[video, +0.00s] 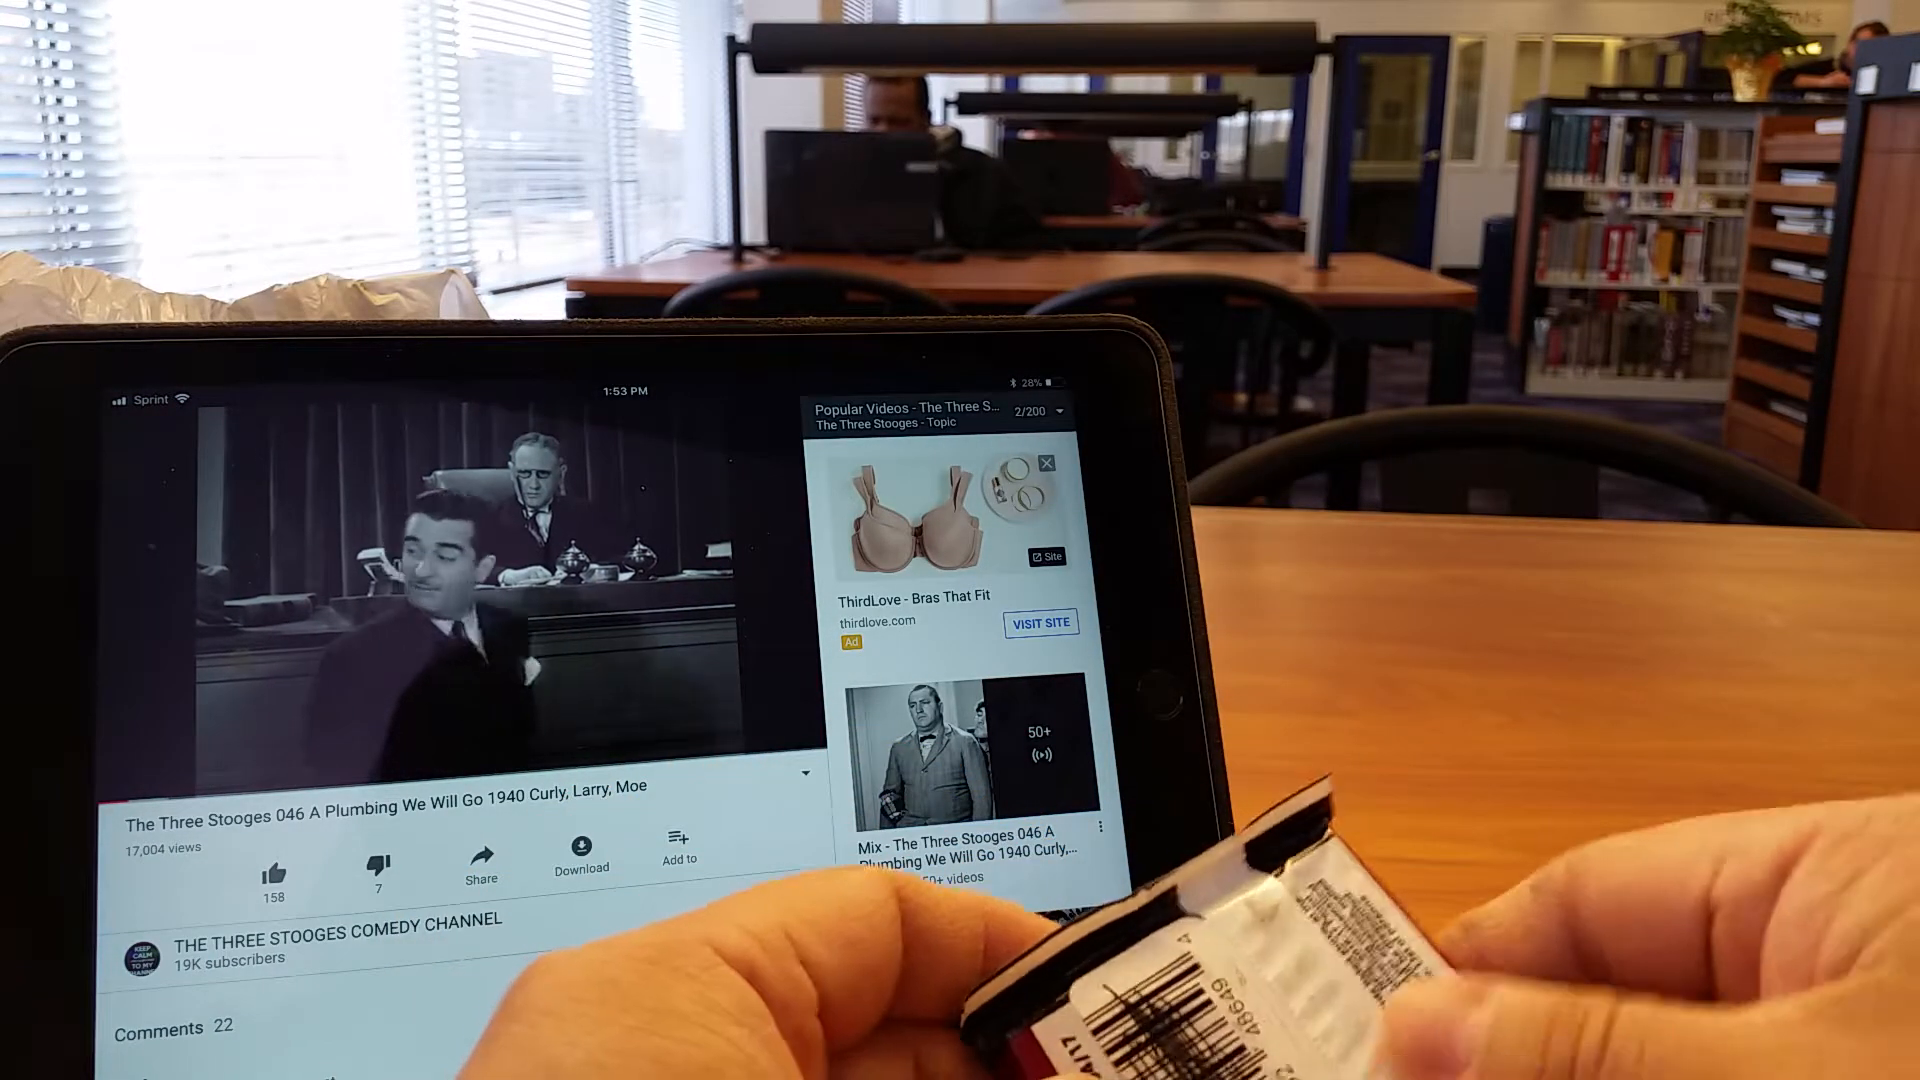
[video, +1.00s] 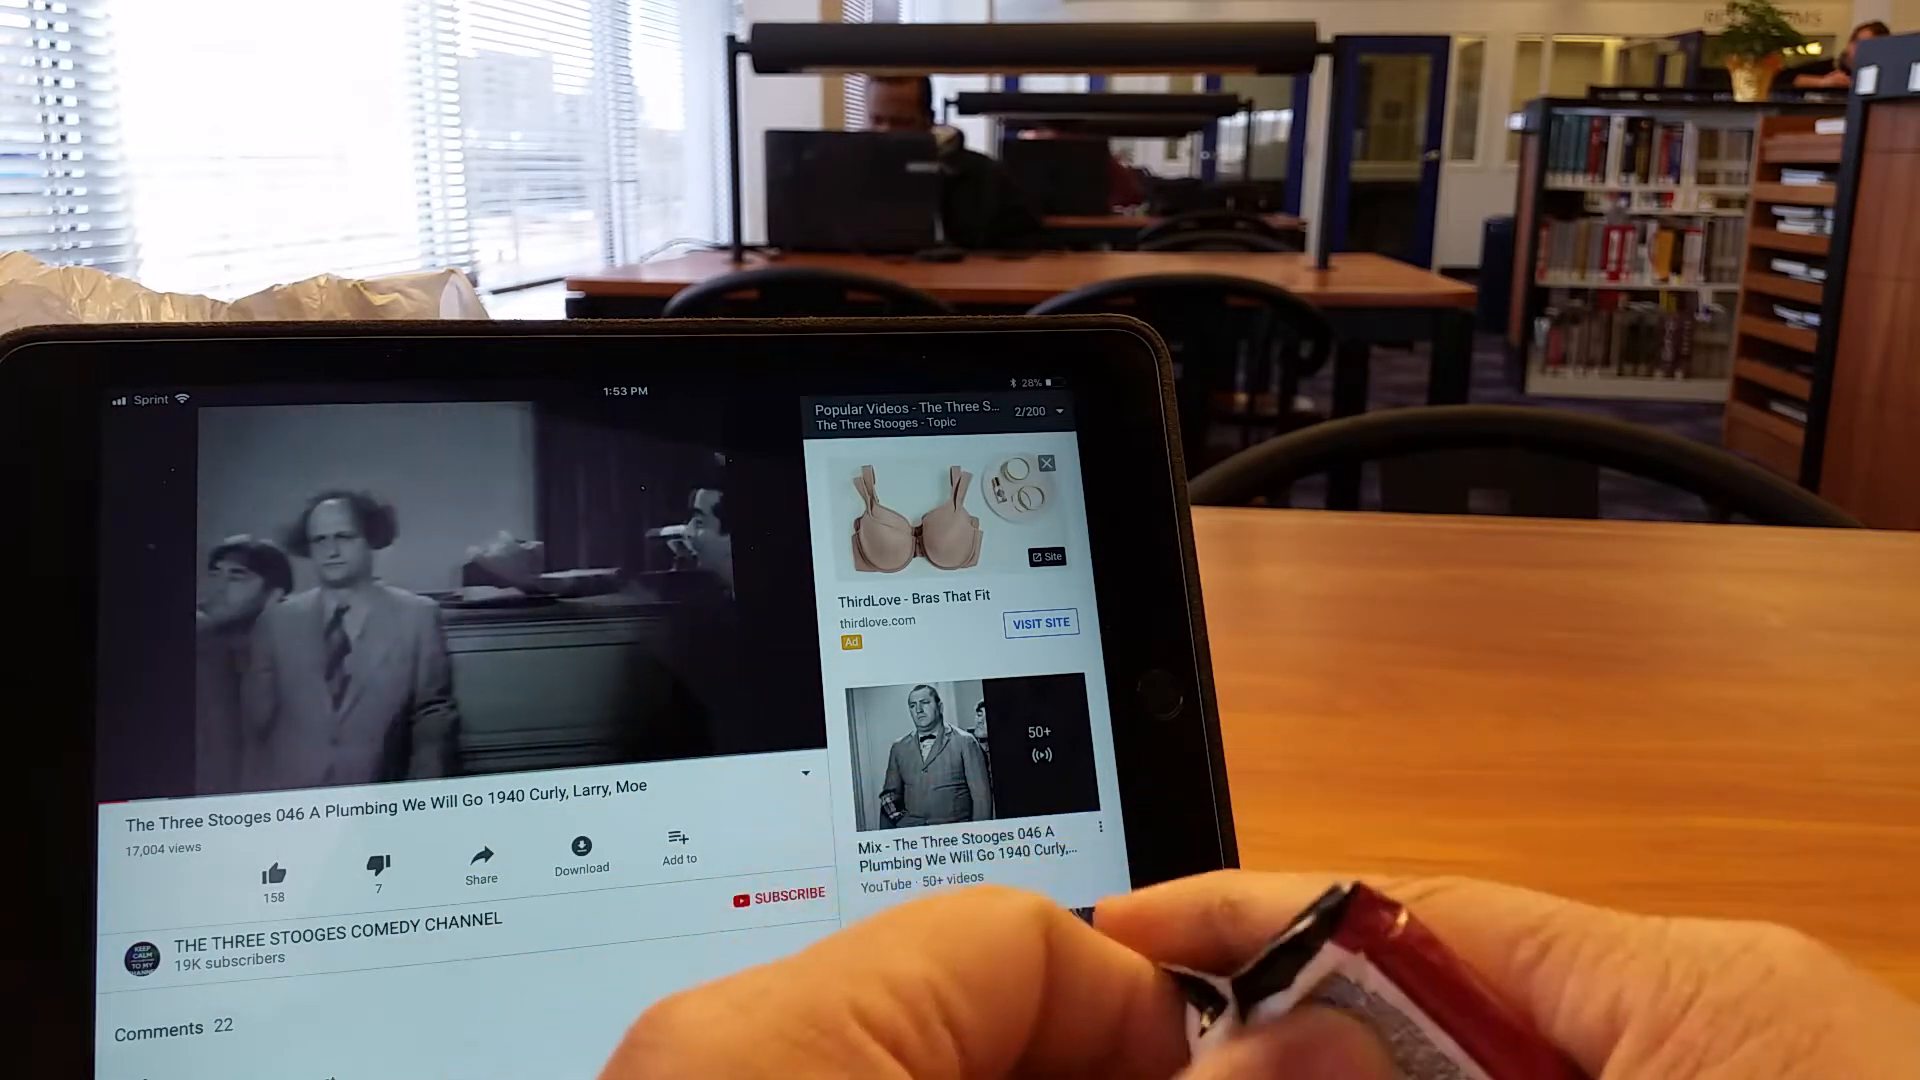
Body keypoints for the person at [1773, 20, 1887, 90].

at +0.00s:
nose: (1859, 50)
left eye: (1867, 45)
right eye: (1857, 43)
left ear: (1880, 50)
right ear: (1849, 44)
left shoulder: (1884, 78)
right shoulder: (1829, 68)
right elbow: (1781, 80)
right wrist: (1824, 82)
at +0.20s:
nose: (1860, 50)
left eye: (1867, 45)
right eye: (1857, 43)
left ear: (1880, 50)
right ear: (1849, 44)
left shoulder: (1884, 78)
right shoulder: (1829, 68)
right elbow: (1781, 80)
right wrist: (1824, 82)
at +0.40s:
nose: (1860, 50)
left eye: (1868, 45)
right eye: (1857, 43)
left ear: (1880, 50)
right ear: (1849, 44)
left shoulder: (1884, 78)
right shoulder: (1830, 68)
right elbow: (1781, 80)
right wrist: (1825, 82)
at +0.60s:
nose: (1859, 50)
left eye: (1867, 45)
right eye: (1857, 43)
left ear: (1880, 50)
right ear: (1849, 44)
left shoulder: (1884, 77)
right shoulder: (1830, 68)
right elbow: (1781, 80)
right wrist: (1825, 82)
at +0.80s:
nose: (1860, 50)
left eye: (1867, 45)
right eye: (1857, 43)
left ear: (1880, 50)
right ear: (1849, 44)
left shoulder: (1885, 77)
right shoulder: (1830, 68)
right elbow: (1781, 80)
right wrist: (1824, 82)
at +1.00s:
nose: (1859, 50)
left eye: (1867, 45)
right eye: (1857, 42)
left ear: (1880, 50)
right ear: (1849, 44)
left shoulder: (1885, 77)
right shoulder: (1830, 68)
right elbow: (1781, 79)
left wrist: (1855, 85)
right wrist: (1823, 82)